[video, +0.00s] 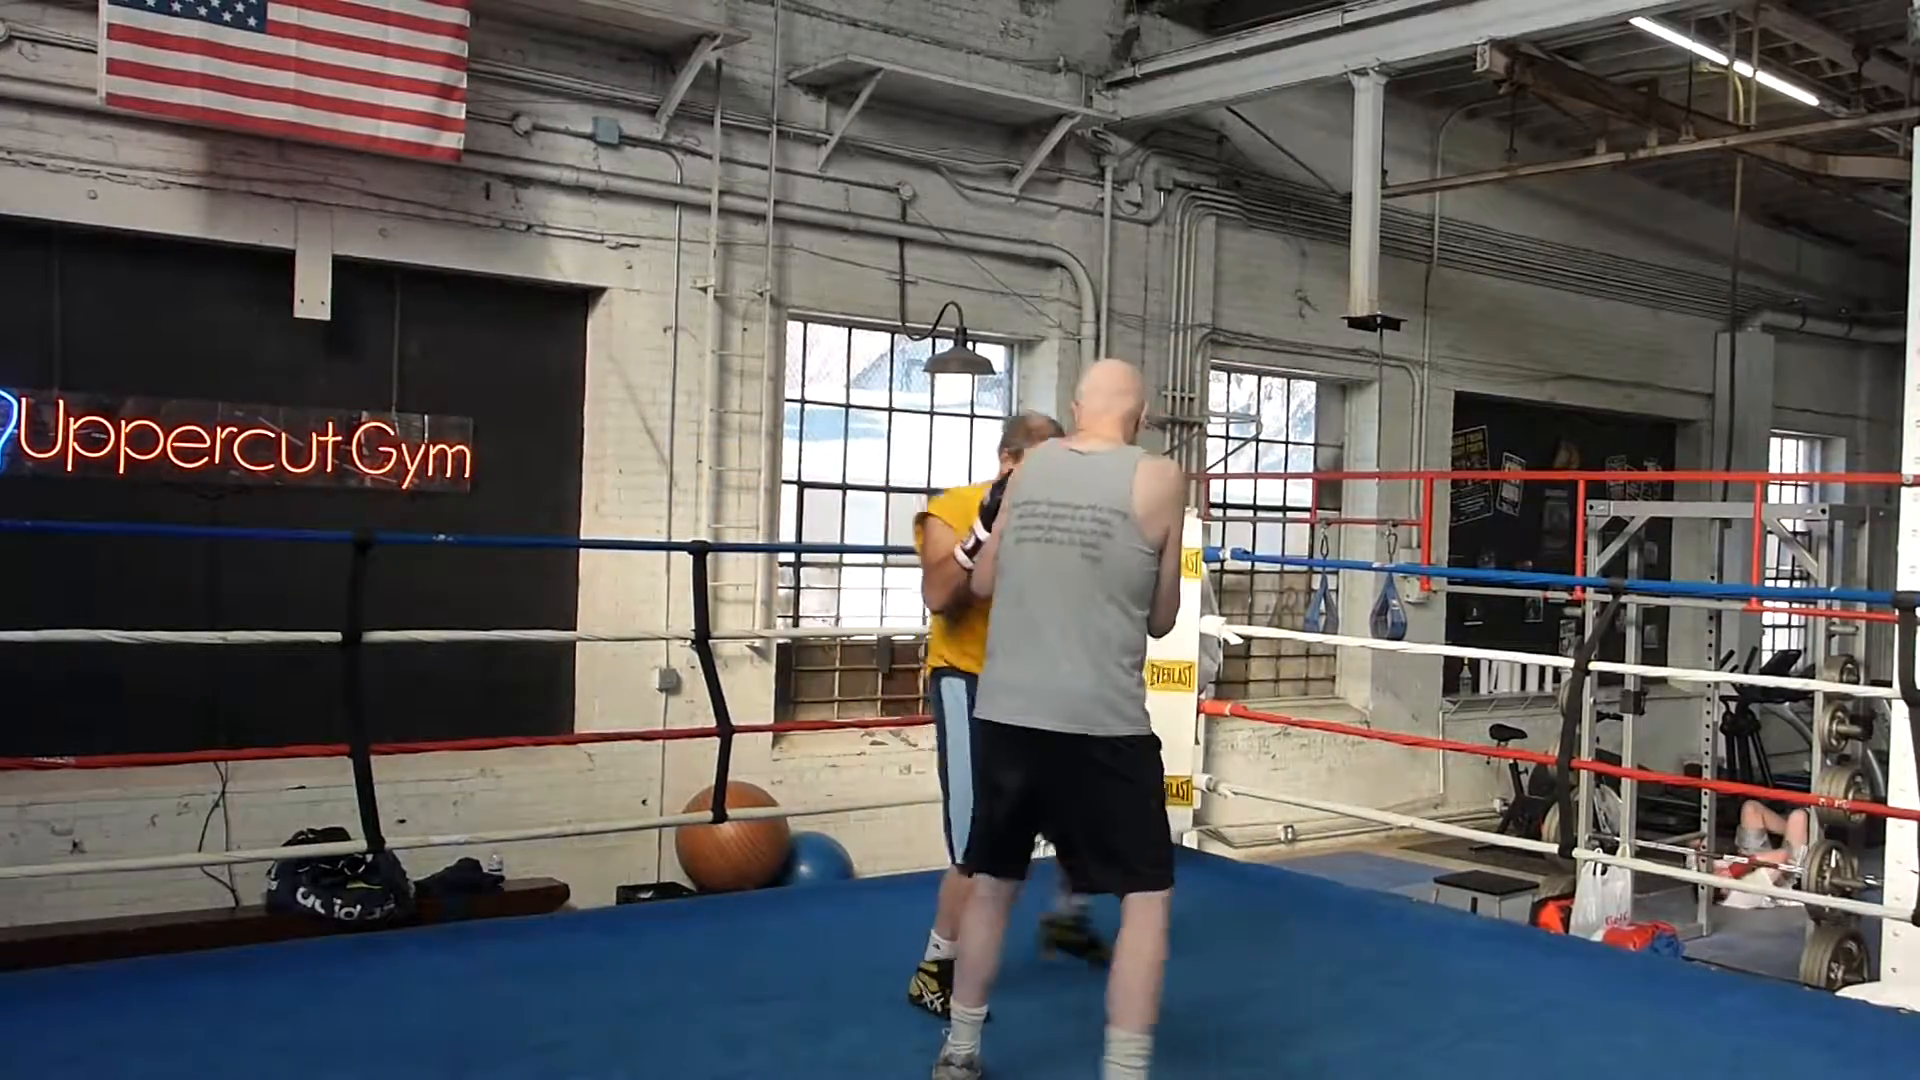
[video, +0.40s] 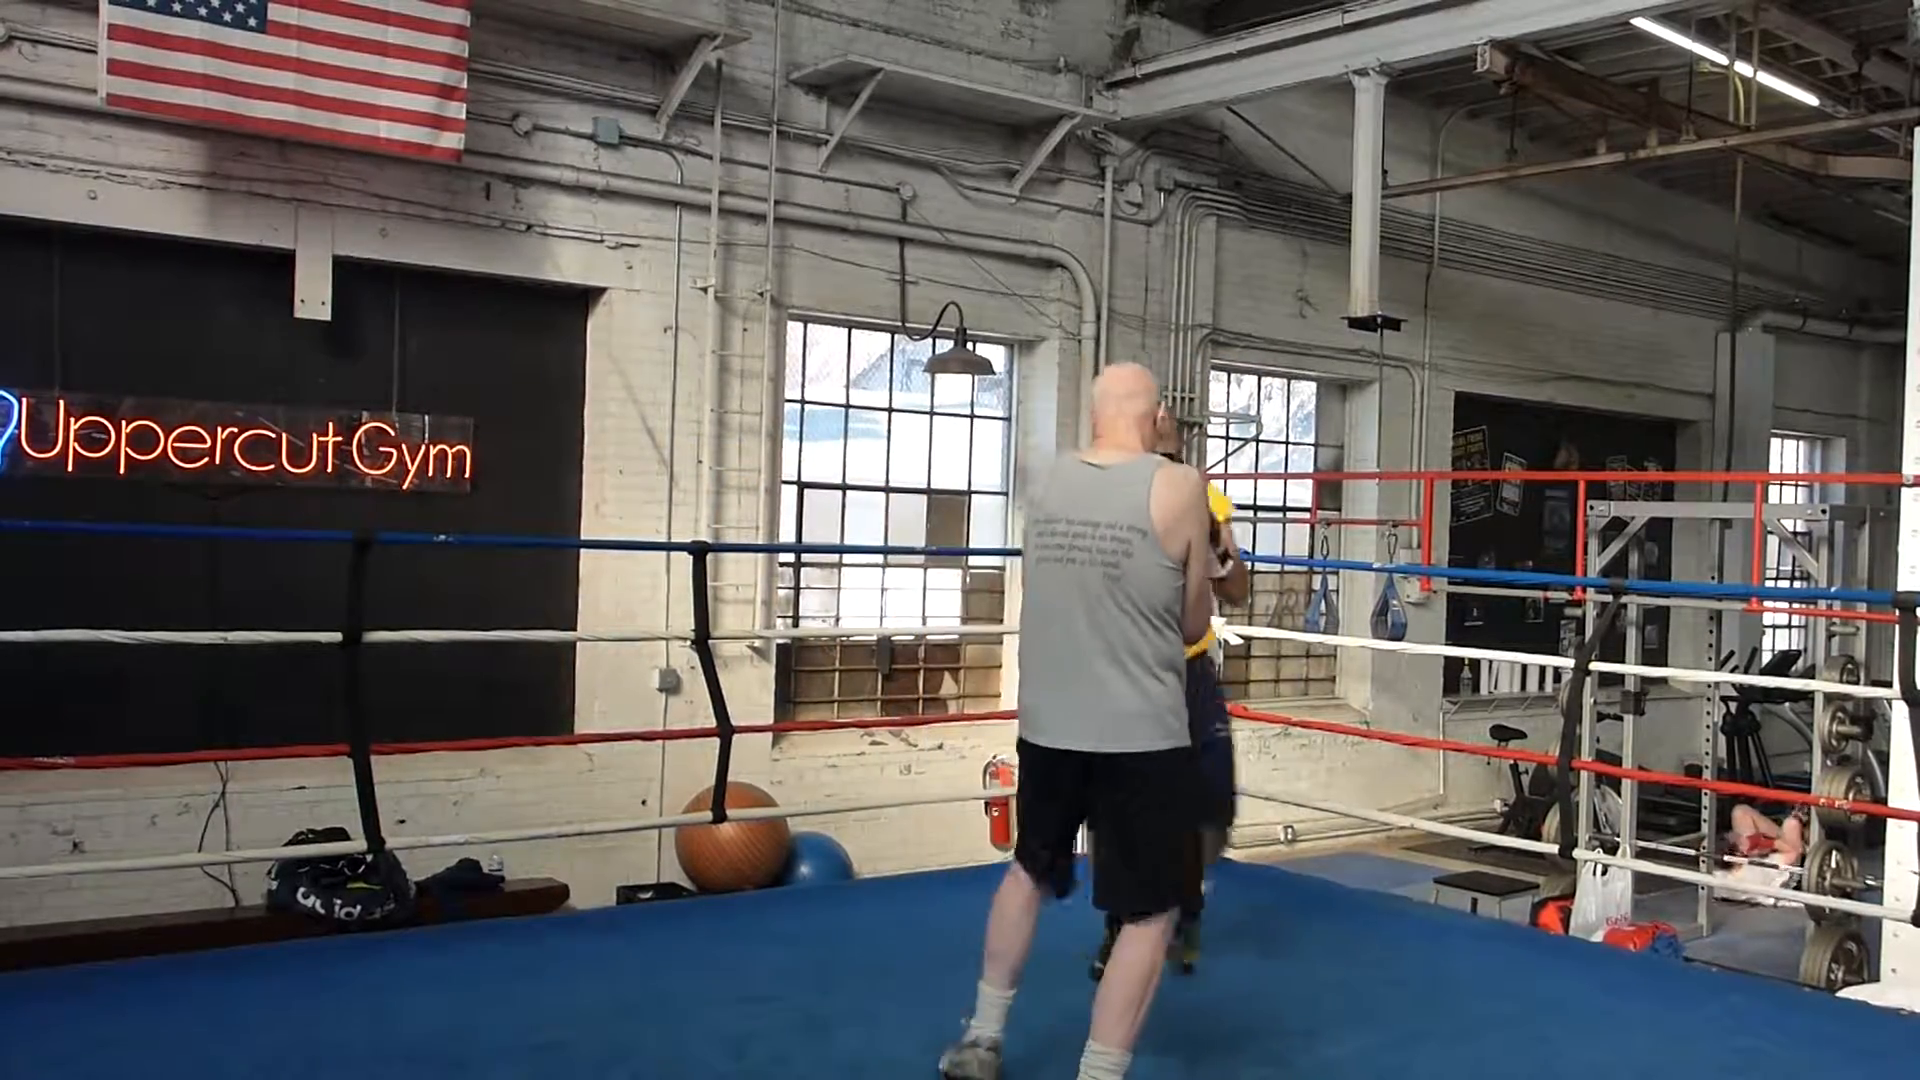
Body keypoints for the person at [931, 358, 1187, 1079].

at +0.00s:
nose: (1109, 407)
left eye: (1086, 397)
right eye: (1139, 407)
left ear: (1074, 410)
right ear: (1143, 417)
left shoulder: (1028, 468)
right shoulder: (1162, 479)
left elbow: (984, 580)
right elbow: (1161, 616)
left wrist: (1049, 551)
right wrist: (1105, 568)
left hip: (1009, 717)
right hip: (1105, 727)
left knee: (990, 882)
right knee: (1146, 895)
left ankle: (960, 1052)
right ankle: (1125, 1070)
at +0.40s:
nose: (1167, 421)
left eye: (1159, 410)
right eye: (1164, 411)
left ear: (1091, 417)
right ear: (1156, 419)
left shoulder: (1046, 480)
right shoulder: (1181, 487)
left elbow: (1053, 583)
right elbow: (1194, 622)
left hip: (1046, 728)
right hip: (1145, 737)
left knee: (1030, 867)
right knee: (1148, 913)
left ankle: (982, 1038)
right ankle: (1099, 1072)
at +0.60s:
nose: (1181, 432)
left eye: (1171, 420)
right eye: (1180, 422)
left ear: (1107, 430)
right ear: (1175, 431)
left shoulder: (1070, 485)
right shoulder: (1192, 500)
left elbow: (1081, 597)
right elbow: (1205, 638)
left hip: (1060, 728)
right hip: (1150, 739)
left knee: (1069, 852)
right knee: (1163, 914)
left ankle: (1046, 1018)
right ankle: (1103, 1070)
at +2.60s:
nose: (1447, 450)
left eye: (1445, 436)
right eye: (1438, 436)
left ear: (1388, 436)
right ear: (1396, 436)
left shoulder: (1363, 494)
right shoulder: (1388, 487)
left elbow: (1397, 597)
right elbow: (1496, 571)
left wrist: (1455, 545)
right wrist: (1552, 539)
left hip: (1390, 727)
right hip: (1335, 724)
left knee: (1442, 874)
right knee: (1274, 881)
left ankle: (1464, 1030)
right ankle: (1162, 1008)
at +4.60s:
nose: (1512, 460)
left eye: (1510, 446)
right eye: (1497, 446)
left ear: (1480, 456)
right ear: (1444, 455)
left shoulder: (1501, 523)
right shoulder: (1394, 524)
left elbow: (1528, 643)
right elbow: (1407, 667)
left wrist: (1502, 597)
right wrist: (1500, 665)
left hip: (1478, 758)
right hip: (1386, 759)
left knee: (1541, 909)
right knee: (1319, 919)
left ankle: (1527, 1071)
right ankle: (1241, 1039)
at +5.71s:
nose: (1718, 452)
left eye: (1726, 436)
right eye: (1703, 432)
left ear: (1728, 437)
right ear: (1642, 422)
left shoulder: (1711, 518)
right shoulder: (1566, 496)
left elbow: (1722, 680)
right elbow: (1548, 665)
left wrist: (1740, 595)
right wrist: (1624, 586)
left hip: (1666, 793)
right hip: (1546, 780)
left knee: (1688, 997)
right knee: (1481, 986)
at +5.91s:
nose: (1736, 433)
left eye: (1749, 417)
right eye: (1720, 412)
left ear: (1758, 419)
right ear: (1662, 399)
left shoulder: (1754, 502)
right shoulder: (1591, 476)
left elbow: (1770, 664)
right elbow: (1568, 647)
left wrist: (1765, 579)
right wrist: (1634, 577)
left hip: (1705, 785)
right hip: (1580, 773)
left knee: (1709, 1003)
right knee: (1538, 987)